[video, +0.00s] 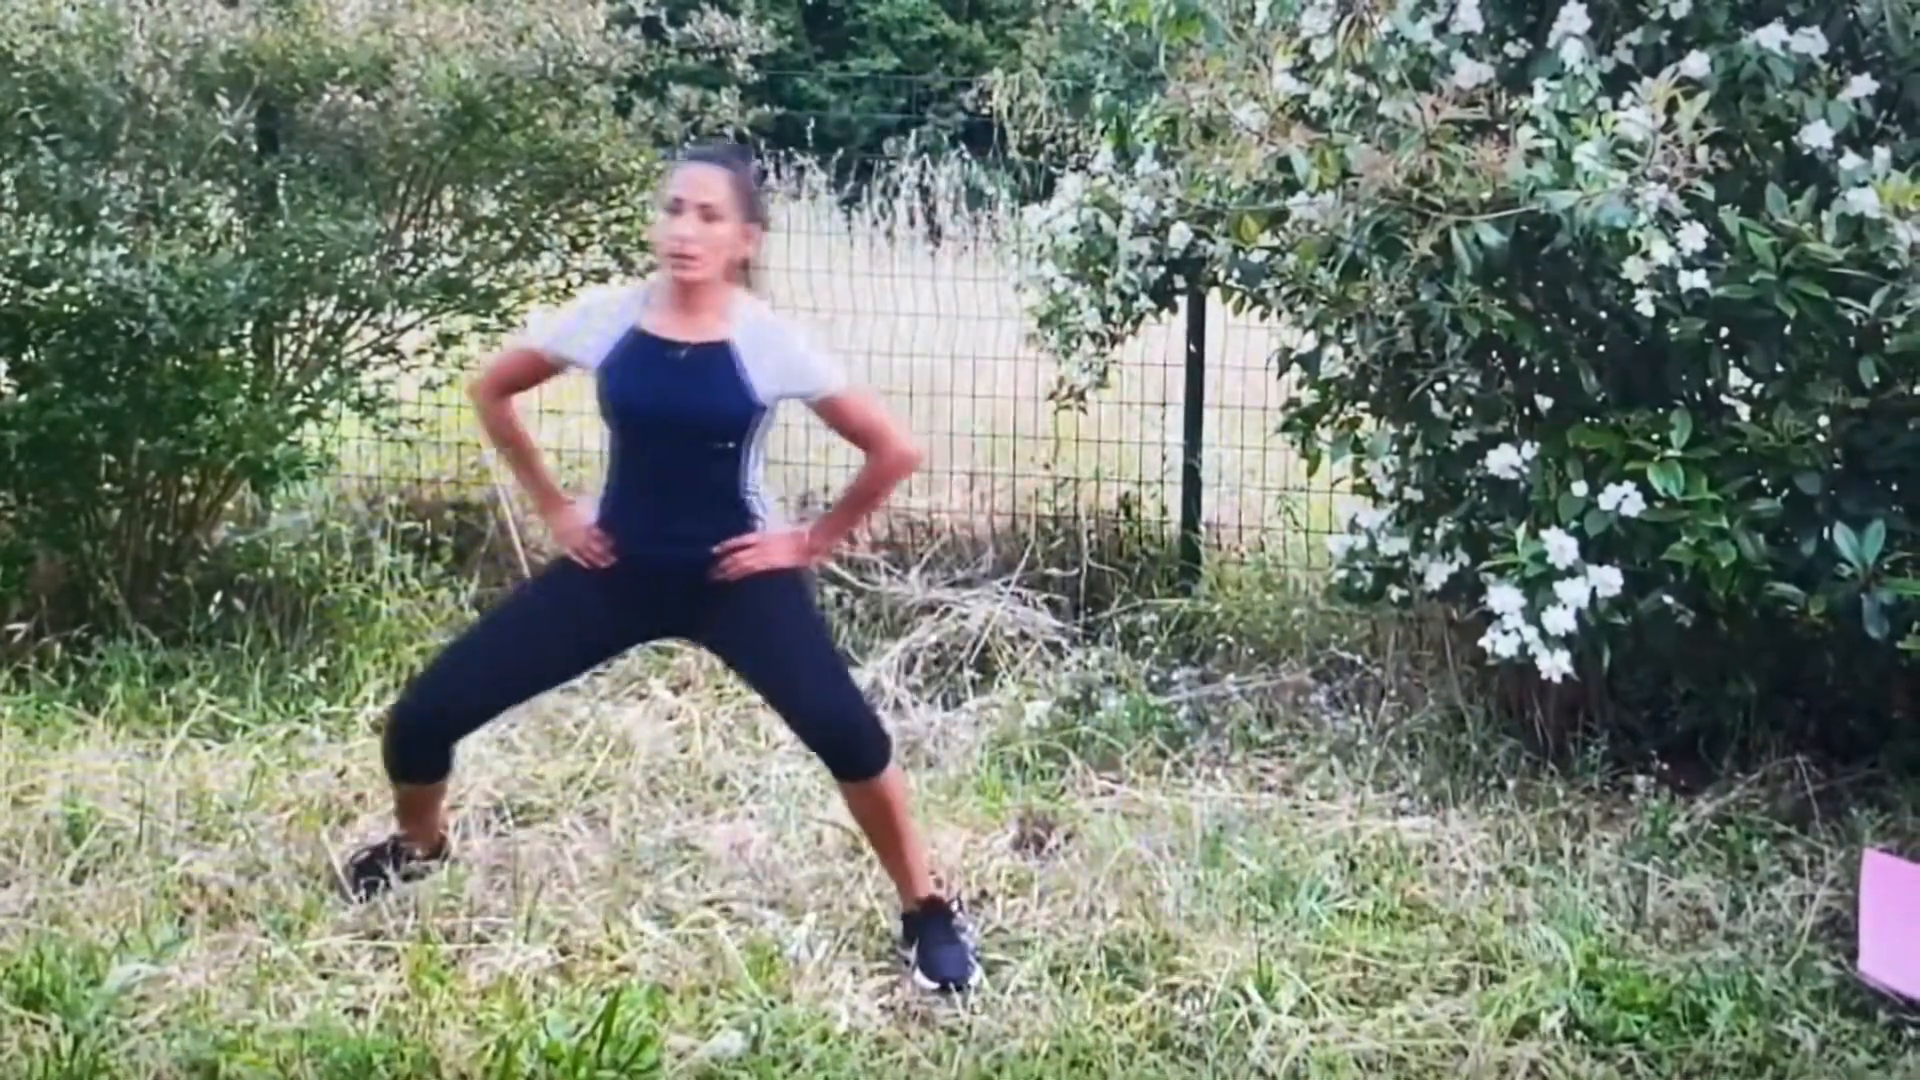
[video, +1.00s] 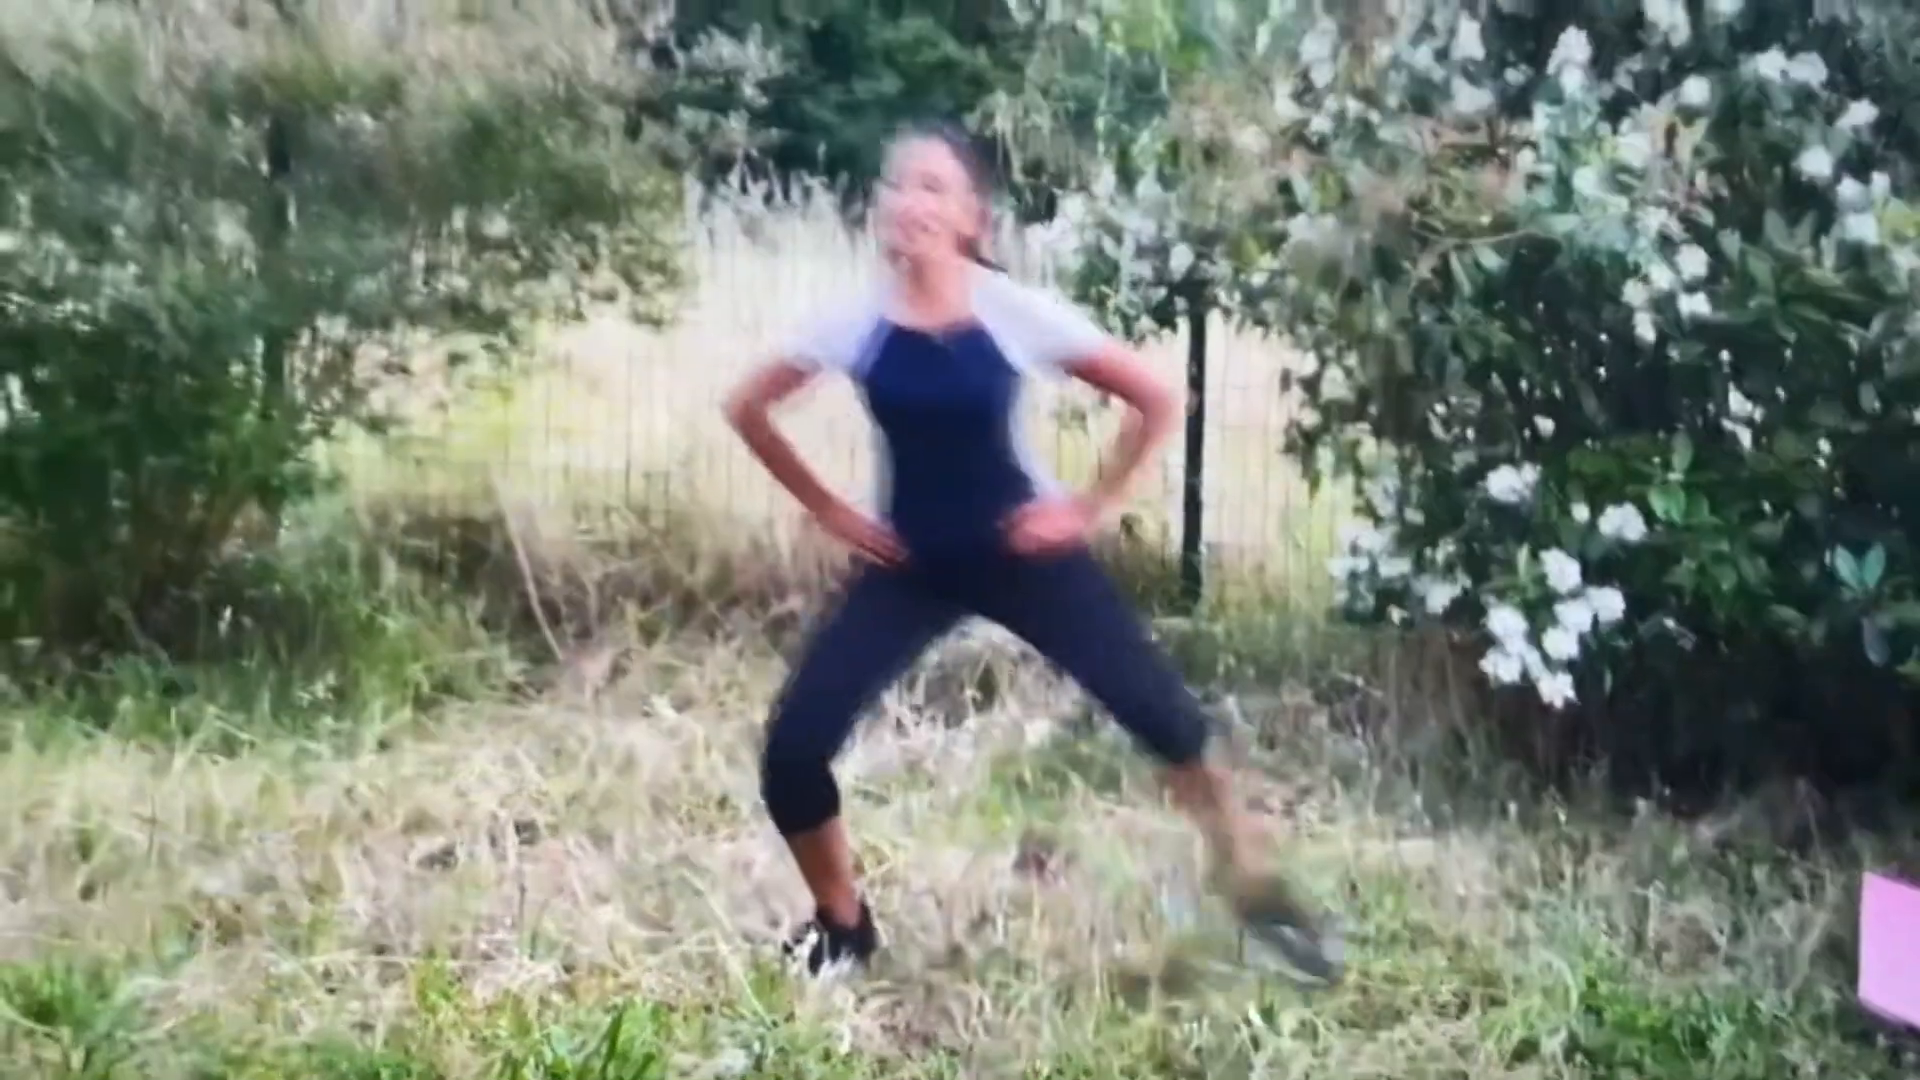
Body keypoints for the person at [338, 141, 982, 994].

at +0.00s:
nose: (683, 230)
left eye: (707, 216)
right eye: (673, 210)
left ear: (747, 241)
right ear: (654, 223)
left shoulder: (770, 342)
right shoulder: (608, 318)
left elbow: (898, 452)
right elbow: (489, 391)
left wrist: (814, 541)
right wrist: (557, 509)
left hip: (740, 584)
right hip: (615, 576)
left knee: (851, 735)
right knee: (417, 723)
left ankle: (924, 907)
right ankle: (418, 848)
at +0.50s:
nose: (796, 209)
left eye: (819, 193)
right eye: (783, 190)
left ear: (857, 215)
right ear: (762, 206)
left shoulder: (881, 328)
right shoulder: (723, 303)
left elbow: (1000, 444)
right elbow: (586, 355)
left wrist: (913, 531)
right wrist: (654, 474)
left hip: (838, 565)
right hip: (717, 550)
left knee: (893, 746)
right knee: (534, 710)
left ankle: (930, 917)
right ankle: (437, 841)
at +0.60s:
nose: (840, 189)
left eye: (864, 175)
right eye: (828, 171)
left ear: (903, 202)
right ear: (806, 189)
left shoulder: (931, 306)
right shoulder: (768, 284)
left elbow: (1041, 435)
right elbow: (638, 339)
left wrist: (955, 523)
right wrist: (703, 457)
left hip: (883, 548)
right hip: (768, 529)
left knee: (901, 740)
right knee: (586, 689)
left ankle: (926, 914)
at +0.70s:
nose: (861, 180)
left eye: (885, 165)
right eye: (848, 162)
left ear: (924, 191)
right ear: (830, 180)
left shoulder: (953, 296)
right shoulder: (792, 277)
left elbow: (1069, 420)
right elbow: (671, 339)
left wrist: (987, 512)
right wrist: (744, 459)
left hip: (919, 540)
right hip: (804, 526)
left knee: (923, 741)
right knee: (675, 692)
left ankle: (930, 917)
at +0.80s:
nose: (869, 171)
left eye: (892, 158)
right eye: (858, 154)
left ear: (930, 188)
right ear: (838, 174)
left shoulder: (967, 287)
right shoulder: (803, 281)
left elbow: (1093, 396)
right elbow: (689, 355)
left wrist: (1018, 496)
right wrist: (772, 472)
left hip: (952, 534)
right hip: (836, 531)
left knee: (986, 738)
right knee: (757, 732)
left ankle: (950, 909)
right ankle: (840, 911)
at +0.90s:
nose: (884, 177)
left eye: (909, 164)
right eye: (872, 160)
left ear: (946, 196)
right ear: (849, 183)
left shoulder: (984, 290)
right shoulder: (821, 292)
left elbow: (1124, 386)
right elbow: (711, 383)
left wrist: (1057, 490)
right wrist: (801, 490)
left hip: (988, 538)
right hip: (868, 545)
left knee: (1084, 705)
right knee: (779, 743)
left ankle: (1064, 867)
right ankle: (844, 917)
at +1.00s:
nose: (906, 201)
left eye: (931, 187)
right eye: (896, 183)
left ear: (973, 220)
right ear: (875, 204)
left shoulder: (1014, 314)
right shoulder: (856, 321)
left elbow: (1158, 400)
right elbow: (747, 411)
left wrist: (1092, 510)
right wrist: (838, 517)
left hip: (1028, 563)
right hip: (907, 570)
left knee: (1171, 723)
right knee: (791, 756)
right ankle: (843, 929)